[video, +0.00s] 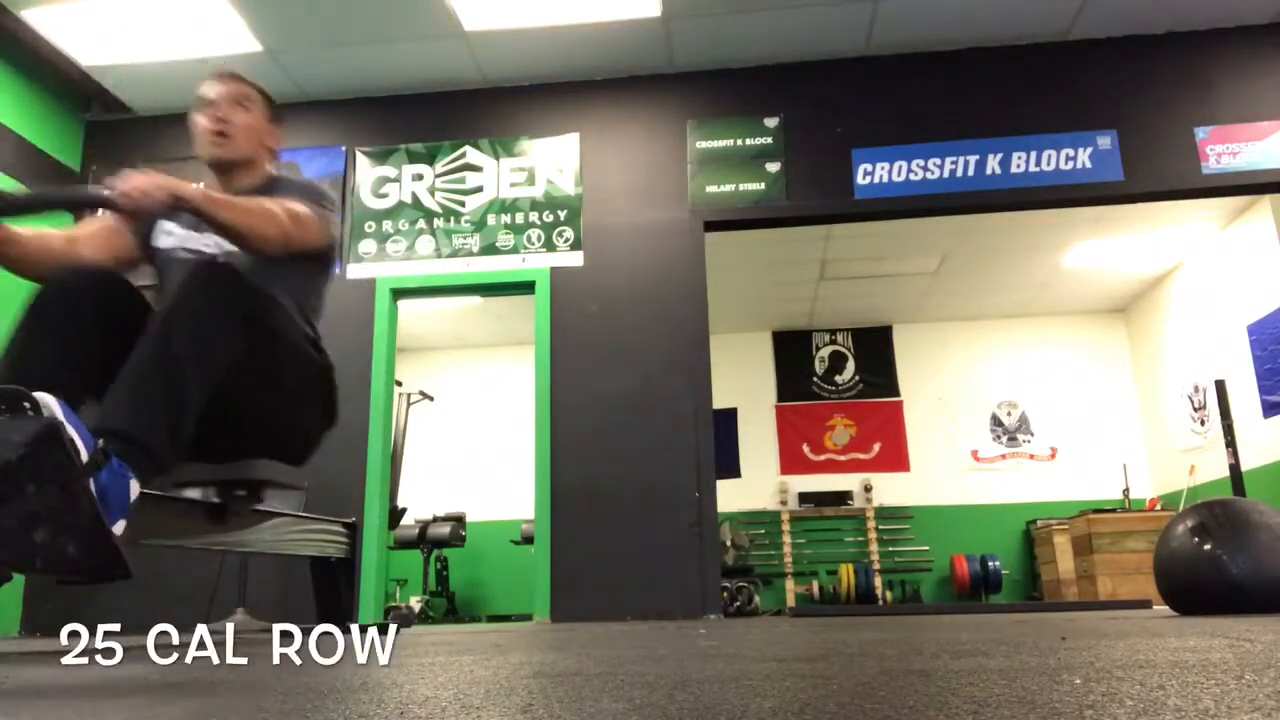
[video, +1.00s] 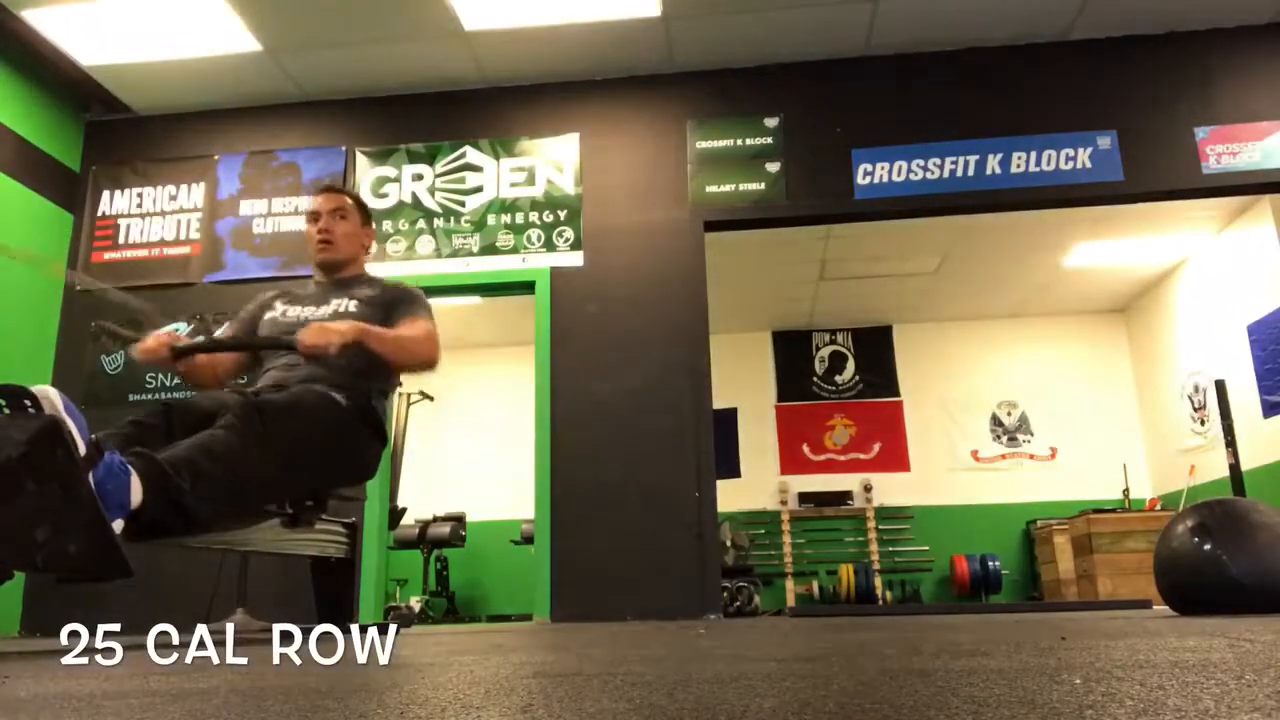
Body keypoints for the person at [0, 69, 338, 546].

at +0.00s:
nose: (217, 115)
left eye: (240, 106)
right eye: (205, 107)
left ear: (273, 137)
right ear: (191, 133)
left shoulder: (308, 199)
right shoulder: (169, 207)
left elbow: (280, 233)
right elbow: (79, 247)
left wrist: (183, 194)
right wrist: (4, 239)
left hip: (282, 402)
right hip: (182, 396)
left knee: (216, 286)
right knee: (86, 288)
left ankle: (116, 474)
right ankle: (14, 446)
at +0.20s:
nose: (289, 171)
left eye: (308, 163)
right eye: (280, 163)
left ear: (337, 189)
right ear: (270, 184)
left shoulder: (358, 249)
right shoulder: (249, 257)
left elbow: (356, 287)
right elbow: (167, 296)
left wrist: (271, 260)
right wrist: (98, 285)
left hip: (328, 413)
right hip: (235, 407)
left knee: (257, 359)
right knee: (135, 359)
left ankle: (118, 487)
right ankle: (42, 455)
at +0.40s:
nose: (333, 231)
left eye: (348, 224)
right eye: (324, 224)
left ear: (374, 246)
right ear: (312, 241)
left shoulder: (394, 298)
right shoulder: (277, 302)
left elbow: (420, 355)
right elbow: (217, 370)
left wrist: (351, 329)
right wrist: (186, 342)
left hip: (340, 409)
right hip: (260, 403)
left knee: (254, 427)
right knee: (169, 422)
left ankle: (127, 489)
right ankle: (89, 477)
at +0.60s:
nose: (335, 241)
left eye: (349, 233)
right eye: (326, 236)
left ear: (378, 255)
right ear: (317, 255)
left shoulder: (408, 315)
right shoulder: (291, 316)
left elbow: (465, 394)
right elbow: (253, 389)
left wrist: (404, 350)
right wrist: (225, 365)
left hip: (346, 410)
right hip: (273, 405)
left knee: (254, 436)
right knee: (177, 420)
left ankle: (130, 494)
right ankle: (95, 472)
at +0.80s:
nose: (333, 243)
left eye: (346, 234)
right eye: (324, 237)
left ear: (375, 252)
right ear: (315, 253)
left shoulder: (407, 315)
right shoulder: (289, 320)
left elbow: (454, 393)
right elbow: (262, 381)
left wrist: (394, 354)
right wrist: (221, 374)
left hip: (343, 411)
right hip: (271, 407)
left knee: (250, 438)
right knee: (176, 421)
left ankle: (127, 493)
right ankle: (91, 473)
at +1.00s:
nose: (323, 226)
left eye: (338, 216)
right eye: (315, 219)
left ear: (368, 236)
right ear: (307, 236)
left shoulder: (392, 296)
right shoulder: (277, 301)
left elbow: (425, 351)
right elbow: (220, 368)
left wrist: (359, 331)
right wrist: (176, 355)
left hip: (342, 410)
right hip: (260, 403)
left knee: (251, 428)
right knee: (172, 420)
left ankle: (130, 489)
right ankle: (94, 458)